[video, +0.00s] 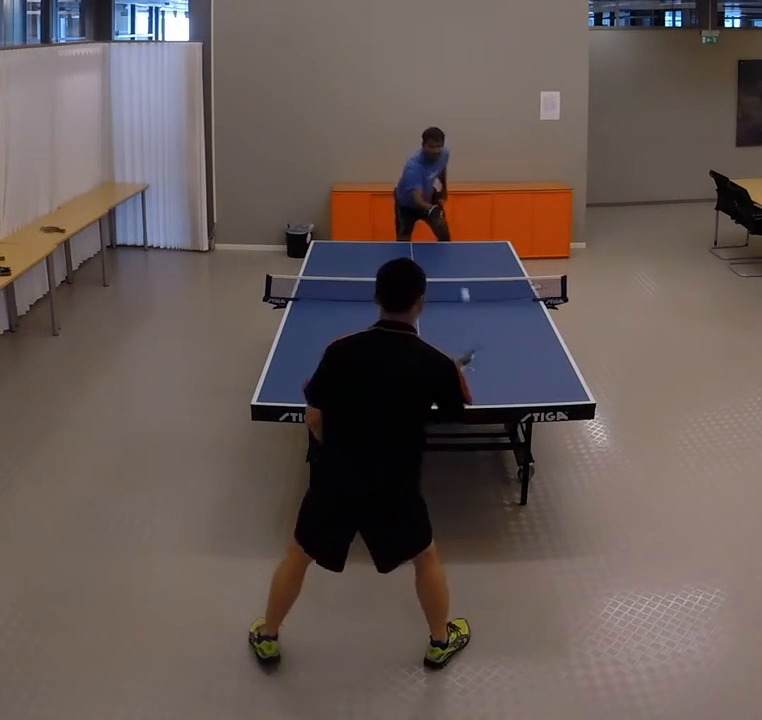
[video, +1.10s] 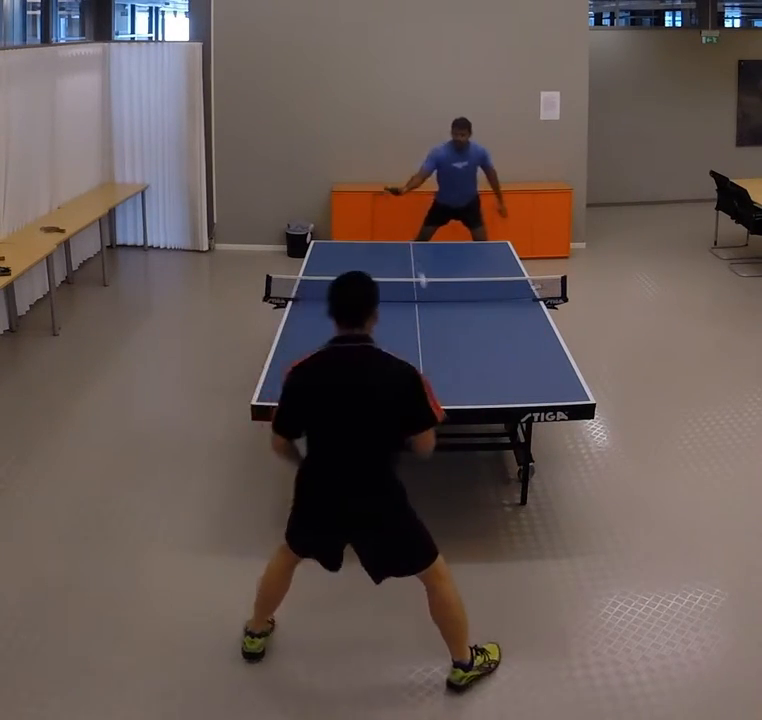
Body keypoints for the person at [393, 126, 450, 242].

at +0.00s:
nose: (435, 151)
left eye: (438, 147)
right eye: (431, 147)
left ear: (442, 146)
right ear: (423, 145)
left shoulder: (444, 155)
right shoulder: (414, 165)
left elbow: (442, 173)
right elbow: (416, 197)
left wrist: (444, 190)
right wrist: (430, 208)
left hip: (429, 199)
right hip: (407, 202)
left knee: (444, 235)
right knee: (403, 240)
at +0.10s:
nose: (444, 149)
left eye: (447, 145)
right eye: (440, 145)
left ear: (452, 145)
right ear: (433, 144)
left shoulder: (453, 158)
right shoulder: (419, 166)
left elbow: (453, 176)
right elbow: (411, 198)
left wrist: (458, 198)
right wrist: (424, 211)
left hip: (435, 202)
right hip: (413, 204)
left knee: (450, 242)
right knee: (407, 244)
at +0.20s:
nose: (452, 147)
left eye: (456, 143)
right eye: (449, 143)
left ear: (460, 144)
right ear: (441, 142)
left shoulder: (461, 160)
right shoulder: (425, 163)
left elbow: (468, 184)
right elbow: (409, 189)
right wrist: (417, 209)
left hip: (442, 207)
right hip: (420, 208)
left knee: (459, 246)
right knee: (411, 249)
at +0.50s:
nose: (446, 125)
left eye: (450, 121)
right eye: (443, 121)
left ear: (455, 122)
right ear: (437, 120)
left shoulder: (463, 142)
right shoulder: (423, 140)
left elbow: (473, 169)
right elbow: (410, 165)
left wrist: (478, 198)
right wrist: (403, 193)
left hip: (452, 198)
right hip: (425, 197)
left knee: (460, 243)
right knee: (409, 241)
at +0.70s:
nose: (427, 131)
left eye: (430, 127)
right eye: (423, 127)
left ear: (437, 127)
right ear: (418, 127)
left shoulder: (450, 144)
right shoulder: (412, 148)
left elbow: (464, 168)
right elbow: (409, 175)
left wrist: (465, 196)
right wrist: (398, 194)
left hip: (447, 199)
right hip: (422, 200)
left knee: (459, 242)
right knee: (405, 241)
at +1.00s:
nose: (439, 138)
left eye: (443, 135)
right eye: (436, 135)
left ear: (450, 134)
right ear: (432, 134)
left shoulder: (462, 149)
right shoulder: (425, 153)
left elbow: (478, 169)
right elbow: (410, 178)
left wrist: (487, 197)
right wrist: (394, 195)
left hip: (462, 200)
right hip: (436, 202)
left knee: (479, 240)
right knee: (415, 241)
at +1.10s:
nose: (459, 139)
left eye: (463, 135)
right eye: (456, 135)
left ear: (470, 135)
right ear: (451, 134)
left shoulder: (479, 153)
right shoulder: (439, 153)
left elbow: (491, 175)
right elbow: (422, 175)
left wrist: (500, 202)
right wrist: (404, 190)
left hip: (469, 204)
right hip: (443, 204)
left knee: (481, 242)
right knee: (422, 239)